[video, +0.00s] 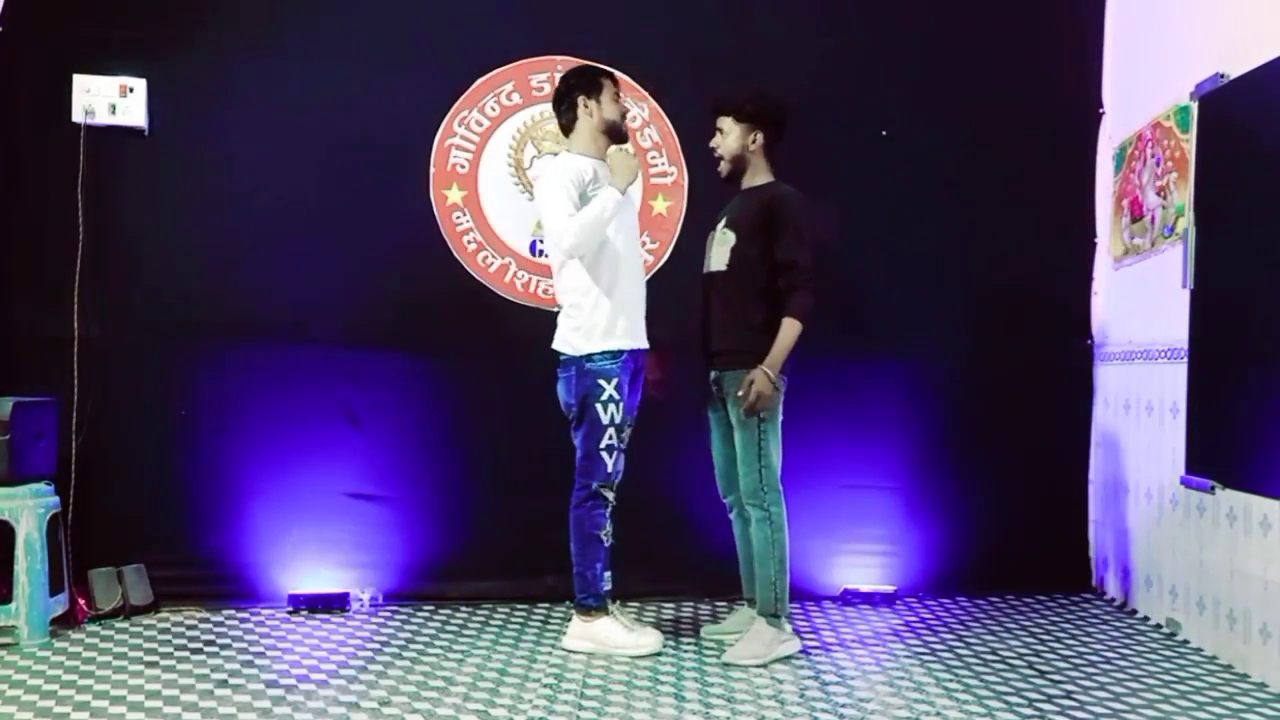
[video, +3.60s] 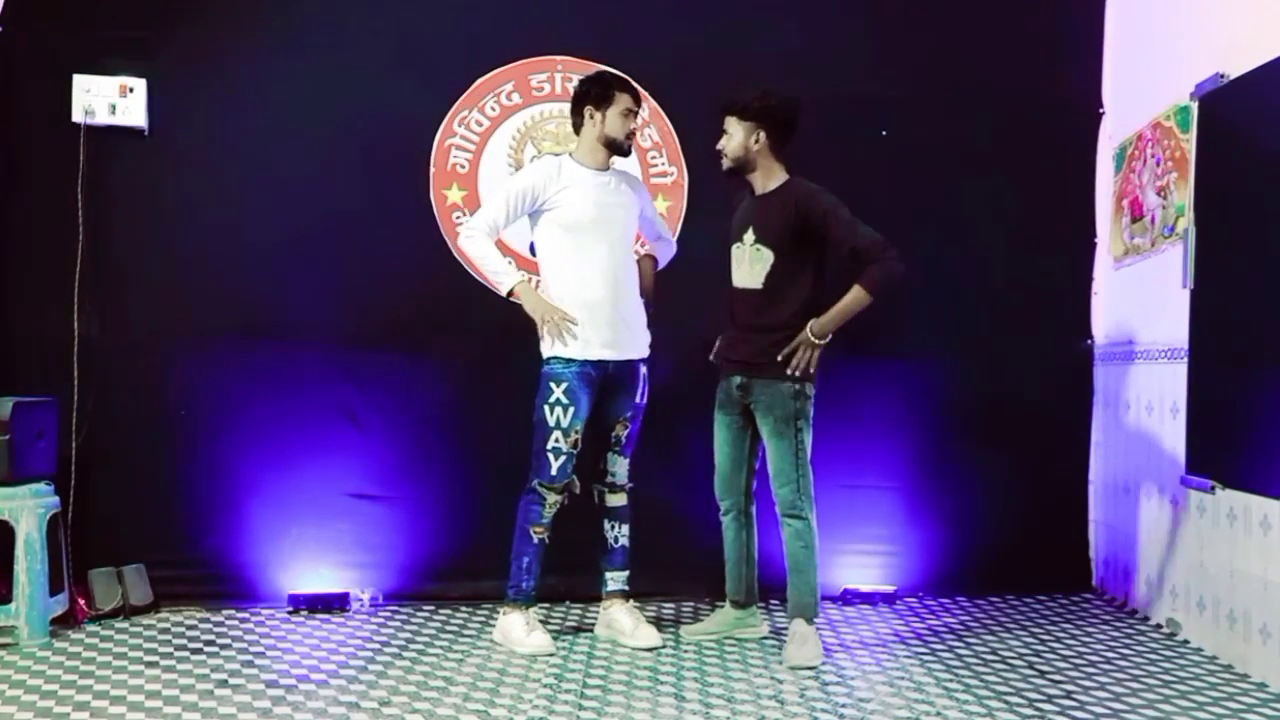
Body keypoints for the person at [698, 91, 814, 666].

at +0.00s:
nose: (714, 142)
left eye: (723, 132)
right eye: (715, 132)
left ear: (755, 137)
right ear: (747, 140)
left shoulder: (781, 203)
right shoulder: (731, 208)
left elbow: (799, 295)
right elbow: (725, 292)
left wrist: (770, 369)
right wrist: (712, 361)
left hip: (755, 370)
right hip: (721, 370)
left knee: (762, 494)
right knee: (736, 495)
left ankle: (776, 623)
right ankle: (755, 607)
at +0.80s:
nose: (731, 130)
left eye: (740, 129)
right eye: (722, 126)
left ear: (749, 154)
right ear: (700, 149)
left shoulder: (766, 210)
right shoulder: (667, 208)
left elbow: (788, 293)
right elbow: (640, 280)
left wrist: (791, 373)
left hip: (744, 369)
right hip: (678, 368)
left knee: (732, 494)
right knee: (677, 494)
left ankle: (720, 620)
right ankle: (732, 590)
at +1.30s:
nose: (698, 154)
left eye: (709, 146)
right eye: (696, 145)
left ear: (740, 154)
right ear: (697, 152)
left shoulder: (765, 225)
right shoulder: (674, 214)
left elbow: (784, 312)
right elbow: (649, 291)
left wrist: (786, 397)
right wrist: (639, 357)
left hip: (739, 360)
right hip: (679, 366)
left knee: (727, 461)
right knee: (700, 492)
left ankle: (737, 592)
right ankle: (727, 600)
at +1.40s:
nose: (698, 157)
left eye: (710, 149)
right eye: (697, 148)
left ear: (741, 157)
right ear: (696, 154)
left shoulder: (766, 225)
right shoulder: (677, 213)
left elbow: (784, 314)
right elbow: (655, 288)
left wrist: (784, 400)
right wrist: (641, 353)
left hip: (741, 351)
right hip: (685, 358)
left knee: (718, 426)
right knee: (701, 491)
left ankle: (761, 533)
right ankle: (732, 603)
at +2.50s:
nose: (742, 162)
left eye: (754, 156)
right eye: (745, 153)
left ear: (786, 168)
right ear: (756, 162)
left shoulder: (796, 246)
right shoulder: (714, 207)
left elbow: (803, 334)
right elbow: (664, 255)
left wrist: (797, 420)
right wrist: (630, 308)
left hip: (755, 370)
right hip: (696, 372)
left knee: (773, 477)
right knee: (706, 497)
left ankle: (794, 598)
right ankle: (733, 603)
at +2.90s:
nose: (737, 145)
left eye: (746, 135)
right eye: (738, 135)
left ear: (777, 141)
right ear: (768, 143)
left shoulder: (824, 217)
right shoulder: (735, 207)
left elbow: (850, 314)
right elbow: (719, 292)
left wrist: (838, 399)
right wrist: (699, 357)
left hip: (793, 377)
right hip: (728, 374)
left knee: (798, 505)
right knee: (723, 499)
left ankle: (802, 622)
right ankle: (736, 606)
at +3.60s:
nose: (720, 143)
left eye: (728, 133)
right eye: (722, 133)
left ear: (758, 139)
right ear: (752, 140)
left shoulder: (807, 201)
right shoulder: (744, 203)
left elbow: (885, 263)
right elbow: (757, 281)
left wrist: (823, 325)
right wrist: (729, 335)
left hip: (784, 377)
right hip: (733, 372)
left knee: (793, 505)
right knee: (731, 498)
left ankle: (802, 623)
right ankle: (740, 609)